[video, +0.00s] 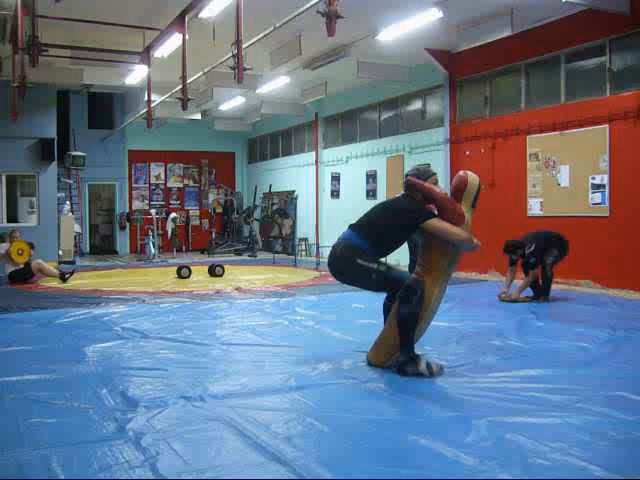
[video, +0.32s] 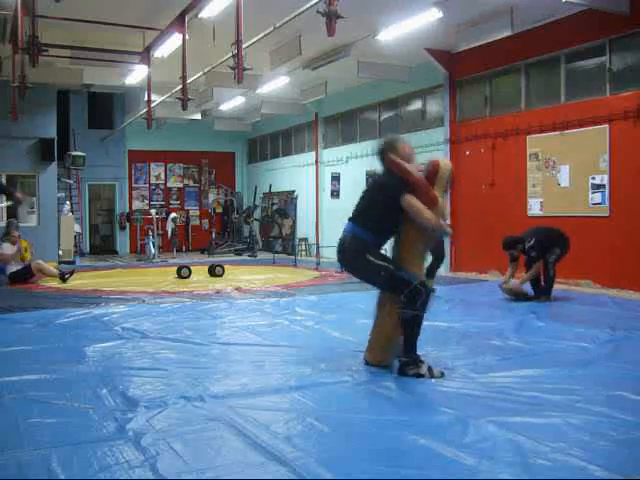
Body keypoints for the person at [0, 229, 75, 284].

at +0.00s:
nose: (17, 239)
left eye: (18, 237)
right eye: (15, 238)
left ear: (20, 237)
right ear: (10, 238)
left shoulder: (21, 246)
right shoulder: (6, 246)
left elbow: (31, 254)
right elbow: (2, 255)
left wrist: (27, 252)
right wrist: (7, 250)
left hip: (22, 270)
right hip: (13, 273)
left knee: (40, 264)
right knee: (38, 264)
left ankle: (61, 274)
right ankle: (61, 275)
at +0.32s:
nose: (15, 239)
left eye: (17, 237)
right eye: (12, 237)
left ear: (19, 236)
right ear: (8, 237)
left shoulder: (20, 245)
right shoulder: (5, 246)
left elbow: (25, 261)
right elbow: (4, 259)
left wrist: (28, 252)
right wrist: (17, 251)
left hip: (22, 273)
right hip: (12, 275)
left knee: (43, 270)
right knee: (38, 264)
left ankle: (62, 274)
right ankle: (60, 275)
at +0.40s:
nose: (16, 238)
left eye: (16, 236)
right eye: (14, 236)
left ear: (9, 237)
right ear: (9, 237)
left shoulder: (9, 245)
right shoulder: (7, 245)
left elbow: (14, 259)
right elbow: (14, 259)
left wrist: (24, 251)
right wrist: (25, 251)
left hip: (17, 273)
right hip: (14, 275)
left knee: (38, 264)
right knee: (37, 264)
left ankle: (61, 274)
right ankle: (60, 275)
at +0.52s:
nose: (17, 239)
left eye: (16, 237)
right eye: (16, 237)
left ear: (8, 237)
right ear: (13, 237)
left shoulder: (5, 245)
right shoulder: (11, 245)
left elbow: (19, 258)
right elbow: (22, 258)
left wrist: (26, 252)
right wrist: (29, 251)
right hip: (16, 275)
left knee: (39, 265)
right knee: (37, 264)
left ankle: (61, 274)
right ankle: (61, 275)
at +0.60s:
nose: (17, 240)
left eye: (17, 238)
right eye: (17, 238)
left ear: (6, 238)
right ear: (14, 238)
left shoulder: (3, 246)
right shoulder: (17, 246)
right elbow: (27, 259)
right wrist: (29, 251)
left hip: (11, 276)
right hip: (18, 275)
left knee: (41, 267)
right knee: (38, 264)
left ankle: (62, 274)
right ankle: (61, 275)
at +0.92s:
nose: (16, 239)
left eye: (16, 237)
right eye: (16, 237)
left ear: (6, 237)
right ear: (14, 237)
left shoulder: (3, 246)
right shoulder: (14, 246)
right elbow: (25, 259)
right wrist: (27, 248)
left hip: (11, 276)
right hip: (17, 275)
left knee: (40, 265)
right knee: (40, 264)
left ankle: (62, 274)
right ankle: (62, 275)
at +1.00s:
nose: (16, 238)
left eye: (15, 236)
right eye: (14, 236)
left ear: (6, 237)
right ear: (9, 237)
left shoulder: (5, 245)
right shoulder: (8, 246)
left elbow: (17, 259)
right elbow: (19, 259)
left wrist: (22, 249)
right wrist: (26, 249)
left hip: (14, 274)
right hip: (14, 275)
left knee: (41, 264)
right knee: (41, 265)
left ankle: (62, 274)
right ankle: (62, 275)